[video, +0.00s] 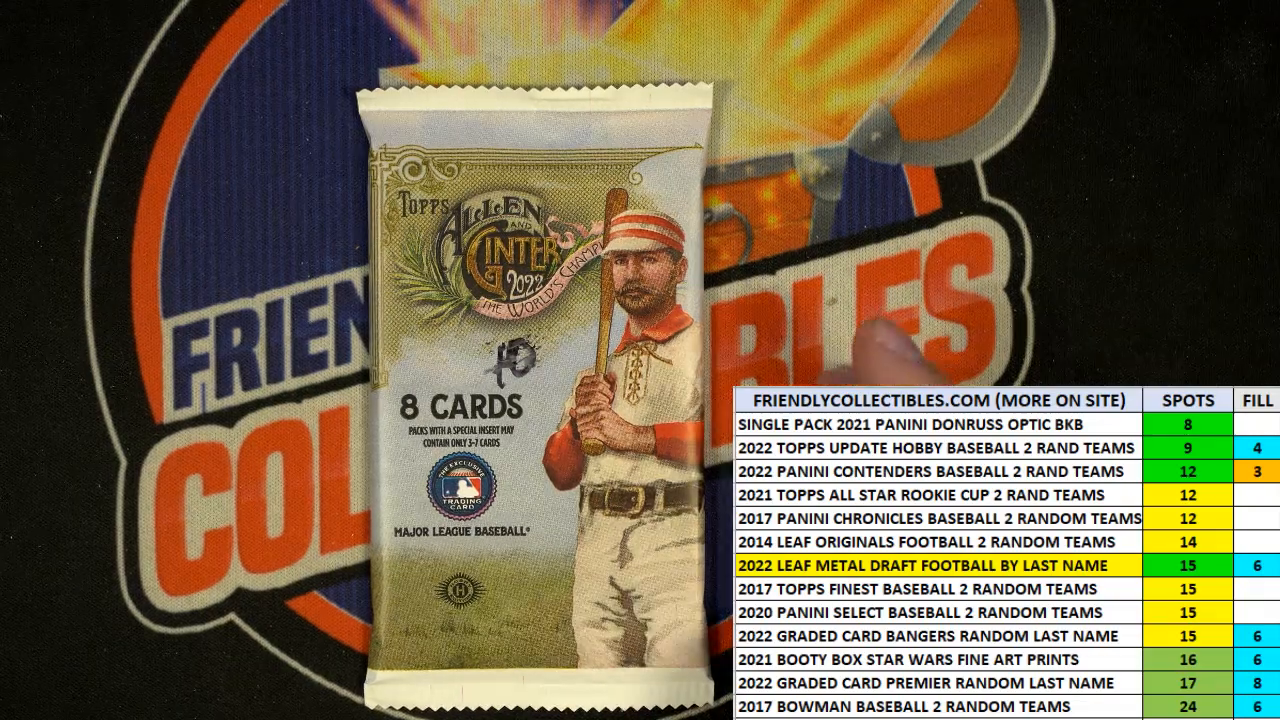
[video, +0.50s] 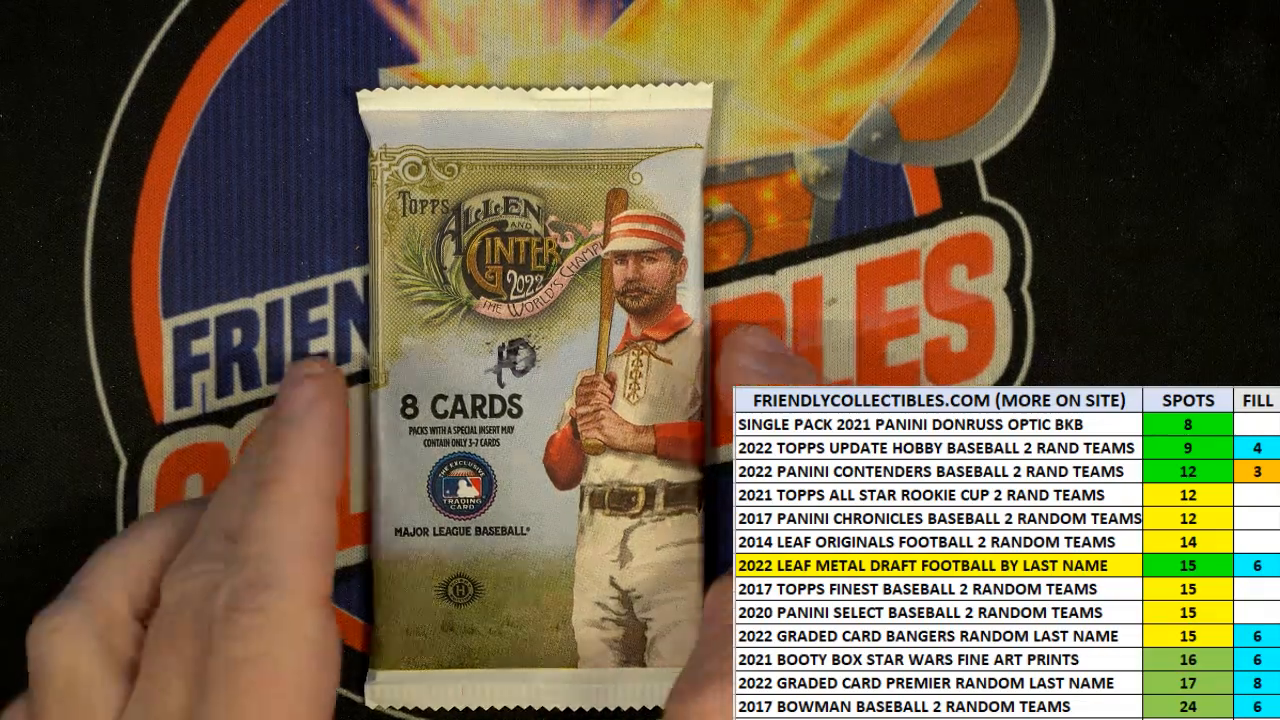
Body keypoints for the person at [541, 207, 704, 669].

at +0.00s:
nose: (631, 274)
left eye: (647, 259)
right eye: (619, 261)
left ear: (678, 269)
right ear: (608, 273)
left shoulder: (705, 346)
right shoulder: (603, 365)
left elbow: (727, 438)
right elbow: (561, 476)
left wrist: (635, 436)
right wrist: (577, 422)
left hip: (674, 530)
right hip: (598, 531)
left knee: (678, 683)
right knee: (600, 687)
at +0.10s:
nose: (631, 273)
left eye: (648, 259)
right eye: (620, 260)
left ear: (679, 270)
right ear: (609, 272)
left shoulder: (705, 345)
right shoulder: (605, 364)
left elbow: (725, 437)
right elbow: (561, 475)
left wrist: (630, 435)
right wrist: (578, 419)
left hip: (674, 529)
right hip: (598, 531)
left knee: (677, 685)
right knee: (601, 689)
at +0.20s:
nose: (631, 274)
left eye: (647, 259)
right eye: (620, 261)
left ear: (678, 270)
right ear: (609, 272)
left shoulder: (705, 345)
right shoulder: (604, 365)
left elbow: (725, 437)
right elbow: (561, 476)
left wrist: (634, 436)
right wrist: (577, 421)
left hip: (672, 530)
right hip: (597, 532)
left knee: (677, 687)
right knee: (601, 692)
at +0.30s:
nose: (631, 273)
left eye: (647, 259)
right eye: (620, 260)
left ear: (678, 270)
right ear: (609, 272)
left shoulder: (705, 345)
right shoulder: (605, 363)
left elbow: (724, 436)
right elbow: (561, 475)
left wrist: (634, 436)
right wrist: (577, 420)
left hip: (673, 529)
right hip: (598, 531)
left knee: (678, 689)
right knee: (601, 694)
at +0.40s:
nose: (631, 274)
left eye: (647, 259)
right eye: (620, 261)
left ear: (678, 270)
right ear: (609, 272)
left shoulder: (707, 345)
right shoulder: (602, 365)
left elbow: (728, 437)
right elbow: (561, 476)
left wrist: (634, 436)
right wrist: (577, 421)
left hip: (673, 529)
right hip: (597, 531)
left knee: (677, 687)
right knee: (600, 690)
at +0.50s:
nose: (631, 273)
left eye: (647, 259)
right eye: (620, 260)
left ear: (678, 270)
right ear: (609, 272)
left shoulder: (708, 346)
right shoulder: (602, 366)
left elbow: (727, 437)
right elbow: (561, 475)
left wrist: (632, 436)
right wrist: (577, 420)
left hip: (672, 528)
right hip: (597, 531)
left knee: (677, 683)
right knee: (601, 686)